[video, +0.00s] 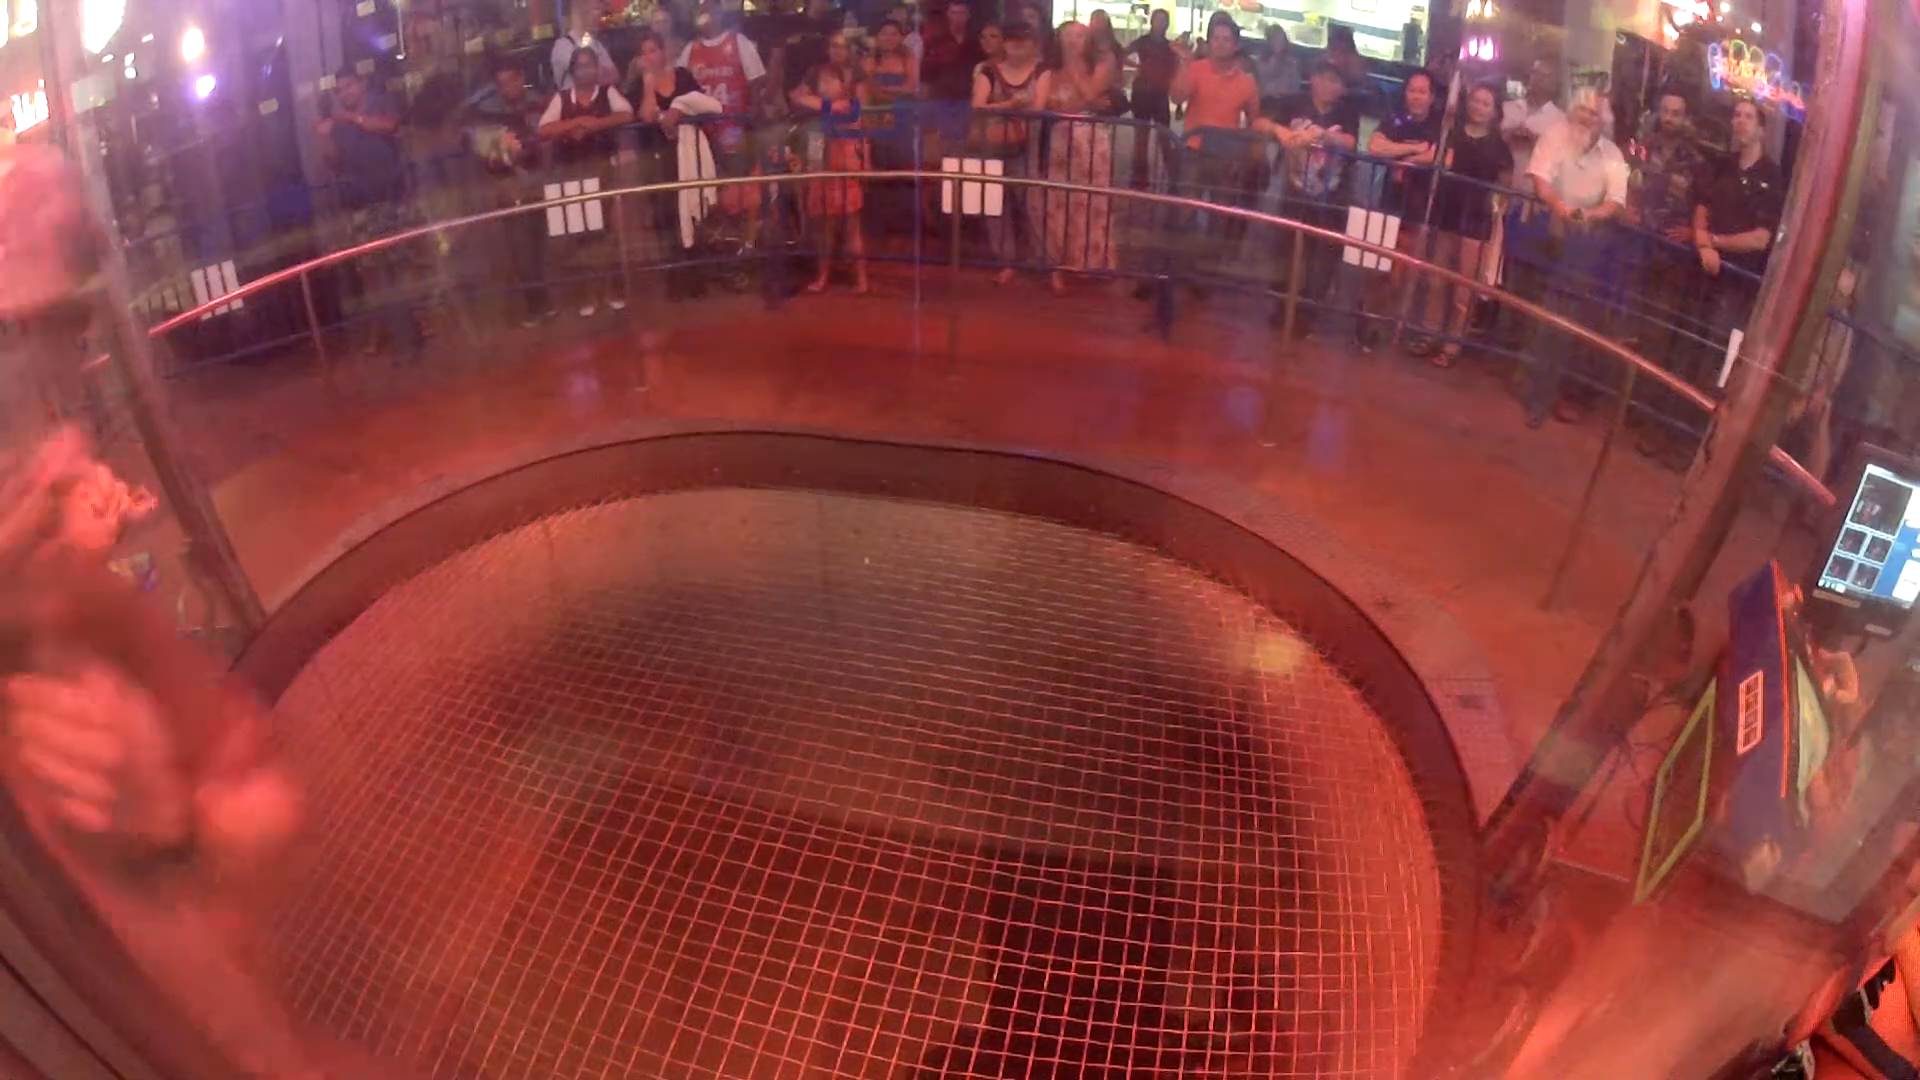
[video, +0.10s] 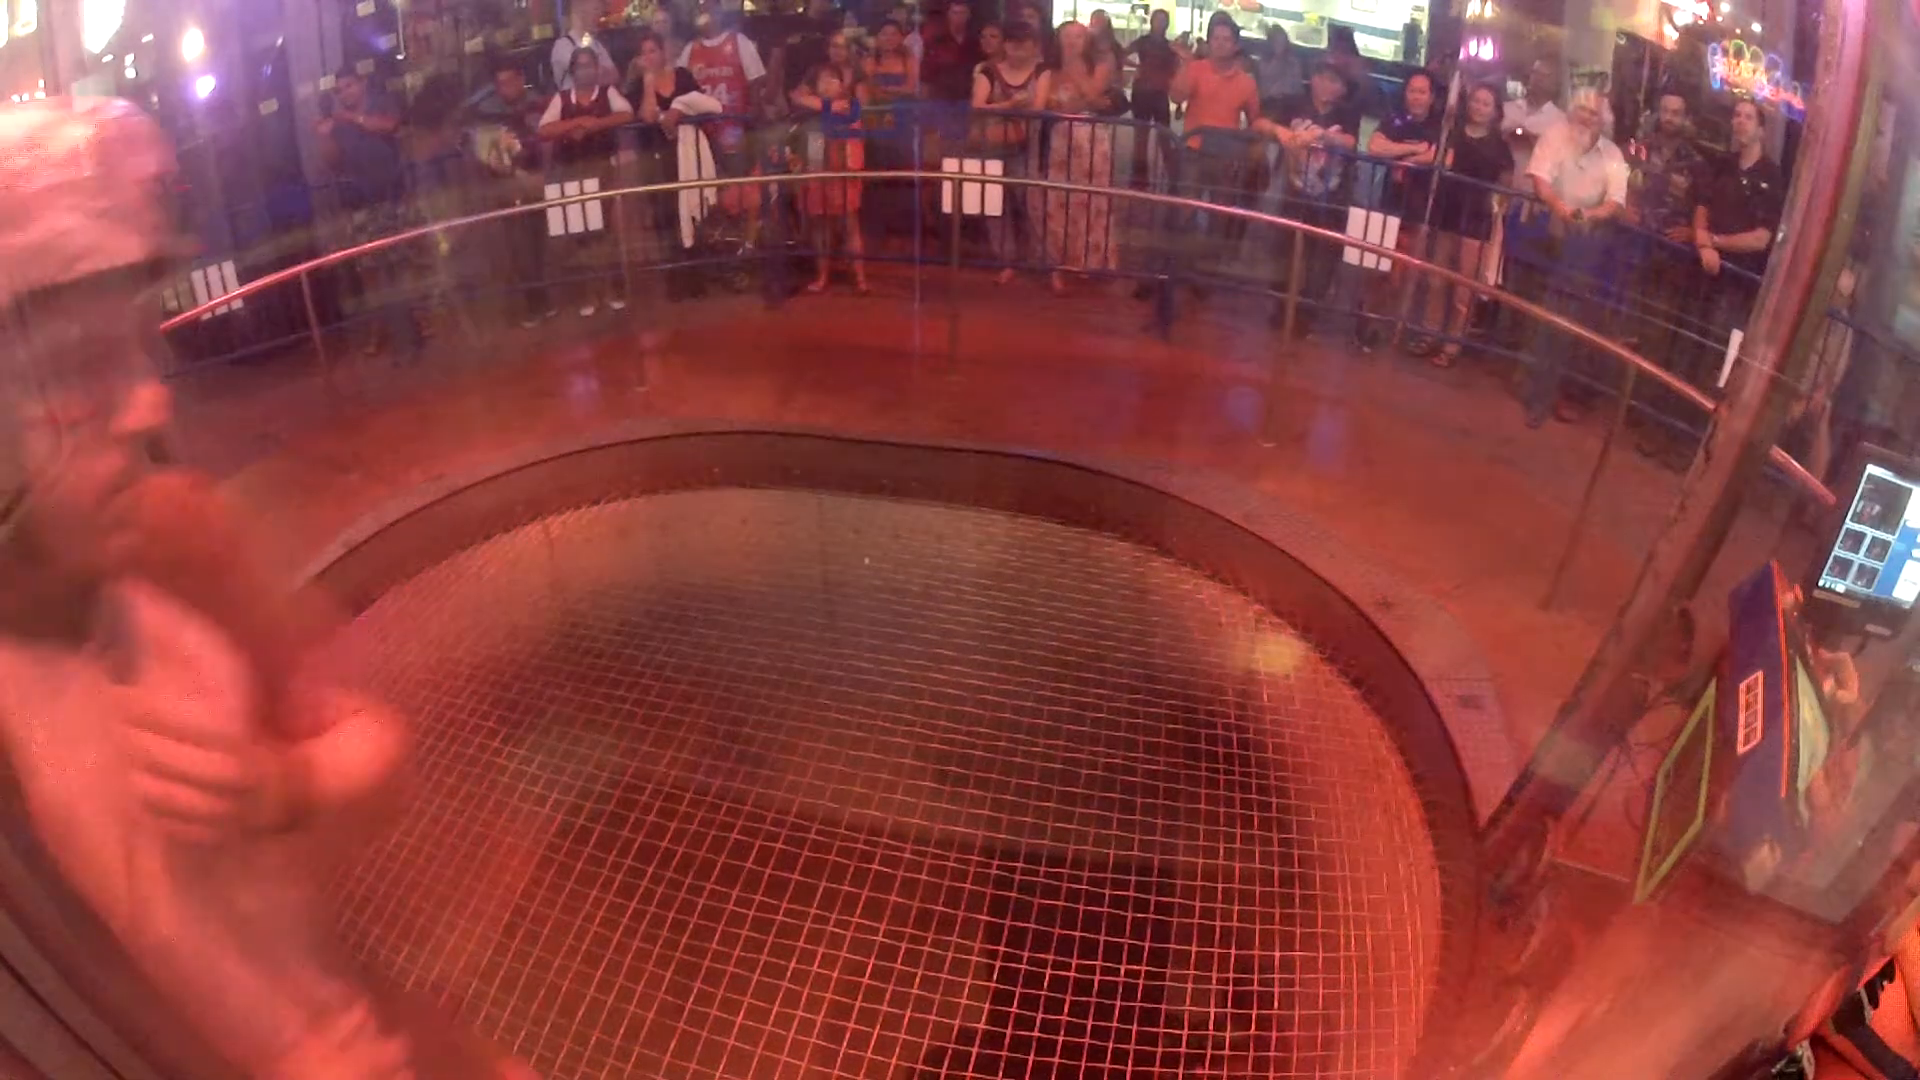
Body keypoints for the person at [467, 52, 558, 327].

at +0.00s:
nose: (509, 88)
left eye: (512, 80)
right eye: (503, 83)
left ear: (522, 79)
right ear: (496, 85)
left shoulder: (537, 104)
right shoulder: (487, 113)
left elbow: (550, 141)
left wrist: (523, 148)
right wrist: (497, 150)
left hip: (535, 178)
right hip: (506, 183)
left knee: (538, 242)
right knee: (518, 245)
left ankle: (543, 300)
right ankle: (527, 305)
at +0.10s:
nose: (509, 88)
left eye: (512, 82)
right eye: (503, 83)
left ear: (522, 80)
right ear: (495, 86)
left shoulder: (537, 105)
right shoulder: (486, 115)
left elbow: (548, 142)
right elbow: (474, 154)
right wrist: (493, 169)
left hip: (534, 182)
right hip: (504, 187)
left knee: (537, 245)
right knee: (516, 248)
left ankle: (543, 301)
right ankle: (524, 307)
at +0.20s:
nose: (503, 87)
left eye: (508, 80)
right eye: (499, 81)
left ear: (521, 80)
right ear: (494, 84)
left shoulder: (536, 103)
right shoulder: (484, 111)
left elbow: (548, 142)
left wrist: (523, 149)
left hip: (533, 181)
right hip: (501, 187)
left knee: (536, 245)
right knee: (513, 248)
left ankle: (542, 301)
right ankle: (522, 307)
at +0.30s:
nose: (501, 87)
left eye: (506, 80)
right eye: (498, 81)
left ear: (520, 79)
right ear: (493, 84)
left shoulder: (535, 103)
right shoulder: (485, 109)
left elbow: (547, 140)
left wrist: (521, 146)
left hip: (534, 181)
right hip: (502, 186)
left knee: (536, 244)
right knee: (513, 248)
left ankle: (542, 301)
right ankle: (522, 307)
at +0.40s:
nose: (502, 87)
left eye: (507, 80)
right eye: (498, 81)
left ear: (520, 81)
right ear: (495, 85)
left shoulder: (537, 106)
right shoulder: (492, 114)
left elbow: (549, 141)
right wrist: (499, 143)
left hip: (537, 182)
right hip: (508, 186)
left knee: (538, 245)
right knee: (518, 249)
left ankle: (544, 301)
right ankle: (527, 306)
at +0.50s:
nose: (502, 87)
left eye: (507, 80)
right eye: (498, 81)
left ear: (520, 80)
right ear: (493, 84)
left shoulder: (536, 105)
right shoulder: (489, 110)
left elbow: (549, 139)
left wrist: (520, 145)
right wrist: (496, 139)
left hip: (536, 180)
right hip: (506, 185)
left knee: (536, 245)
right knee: (517, 247)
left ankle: (541, 303)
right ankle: (529, 306)